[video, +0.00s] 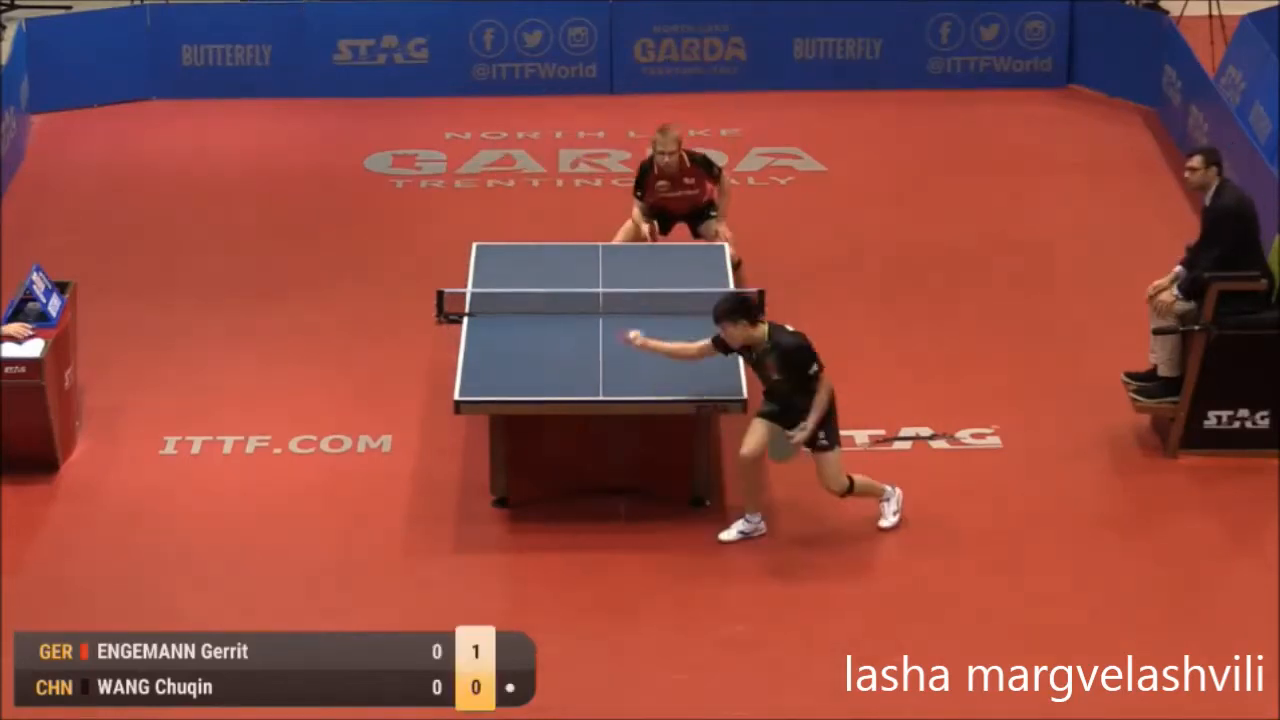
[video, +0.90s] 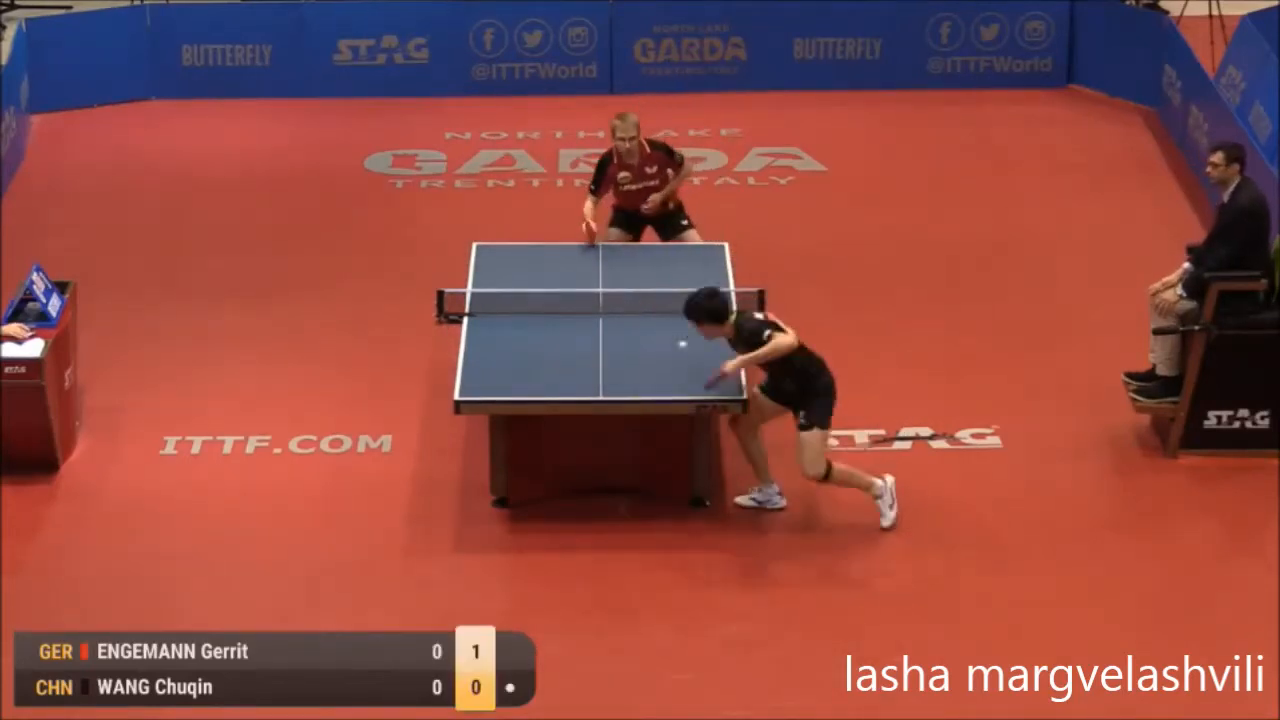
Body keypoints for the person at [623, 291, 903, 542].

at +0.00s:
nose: (725, 336)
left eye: (727, 330)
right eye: (723, 331)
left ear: (747, 325)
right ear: (735, 328)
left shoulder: (792, 344)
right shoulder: (740, 341)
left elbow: (824, 387)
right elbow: (695, 351)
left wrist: (807, 428)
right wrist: (647, 344)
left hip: (813, 406)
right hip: (777, 404)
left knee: (835, 484)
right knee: (748, 455)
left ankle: (888, 494)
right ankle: (753, 519)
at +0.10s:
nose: (737, 331)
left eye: (741, 325)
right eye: (736, 325)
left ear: (761, 323)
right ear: (749, 323)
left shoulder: (807, 343)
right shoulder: (748, 334)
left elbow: (837, 381)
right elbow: (698, 326)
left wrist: (844, 428)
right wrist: (657, 308)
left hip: (822, 412)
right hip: (784, 405)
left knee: (841, 483)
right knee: (753, 454)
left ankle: (890, 495)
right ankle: (753, 519)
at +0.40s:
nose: (774, 303)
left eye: (781, 300)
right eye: (775, 298)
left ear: (802, 304)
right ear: (781, 301)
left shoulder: (839, 323)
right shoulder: (778, 312)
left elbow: (877, 353)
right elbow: (734, 295)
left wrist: (888, 400)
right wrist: (690, 281)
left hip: (848, 383)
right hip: (808, 378)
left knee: (861, 452)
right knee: (774, 432)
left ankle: (893, 501)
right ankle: (759, 512)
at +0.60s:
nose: (763, 319)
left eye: (770, 315)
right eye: (764, 313)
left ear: (790, 320)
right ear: (765, 309)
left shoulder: (827, 318)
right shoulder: (769, 316)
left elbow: (873, 327)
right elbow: (740, 305)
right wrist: (705, 297)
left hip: (849, 376)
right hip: (810, 374)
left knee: (870, 450)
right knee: (762, 411)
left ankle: (895, 500)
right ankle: (773, 491)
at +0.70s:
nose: (750, 334)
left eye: (755, 330)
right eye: (748, 328)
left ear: (773, 328)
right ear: (757, 323)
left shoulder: (811, 323)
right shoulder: (768, 319)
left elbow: (859, 334)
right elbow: (743, 314)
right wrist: (712, 311)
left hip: (844, 380)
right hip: (805, 376)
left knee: (866, 455)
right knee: (755, 412)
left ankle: (894, 500)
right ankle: (776, 483)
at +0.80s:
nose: (717, 340)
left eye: (718, 335)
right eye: (714, 335)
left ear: (733, 329)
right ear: (735, 325)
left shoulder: (770, 330)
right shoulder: (745, 335)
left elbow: (814, 341)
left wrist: (777, 363)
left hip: (826, 384)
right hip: (793, 383)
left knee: (846, 463)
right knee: (744, 421)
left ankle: (890, 496)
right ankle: (768, 491)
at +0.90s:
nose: (699, 330)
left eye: (699, 325)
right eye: (697, 325)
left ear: (713, 321)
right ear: (719, 316)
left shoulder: (748, 328)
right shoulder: (737, 324)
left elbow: (789, 341)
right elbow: (778, 326)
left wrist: (740, 361)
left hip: (813, 386)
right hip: (785, 383)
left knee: (814, 469)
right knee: (742, 423)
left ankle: (879, 487)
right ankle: (768, 491)